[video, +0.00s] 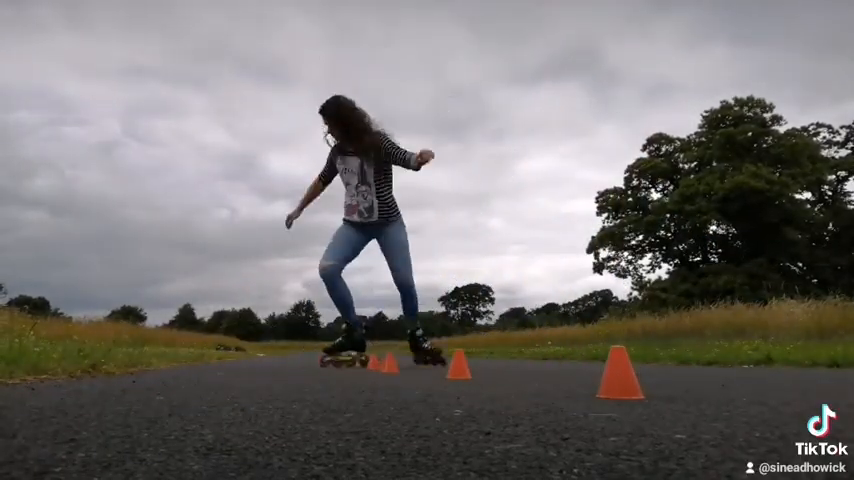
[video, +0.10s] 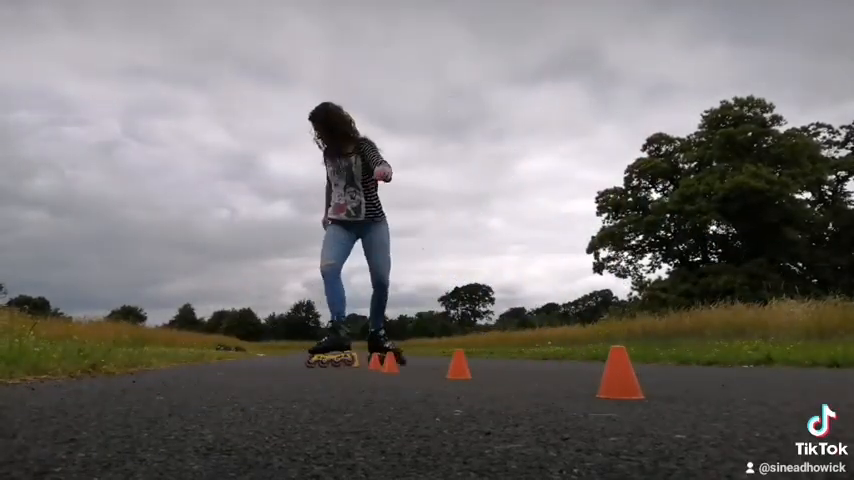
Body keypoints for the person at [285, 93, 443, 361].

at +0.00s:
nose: (328, 130)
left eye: (330, 124)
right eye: (327, 125)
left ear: (344, 122)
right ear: (339, 124)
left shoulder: (377, 142)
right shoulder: (338, 151)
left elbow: (402, 157)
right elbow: (322, 180)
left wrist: (418, 159)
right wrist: (299, 209)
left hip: (389, 223)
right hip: (355, 225)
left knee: (405, 282)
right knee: (328, 269)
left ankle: (416, 340)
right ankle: (355, 333)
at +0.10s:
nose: (321, 137)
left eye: (323, 132)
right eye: (318, 133)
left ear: (335, 127)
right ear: (319, 132)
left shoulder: (362, 146)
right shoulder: (329, 153)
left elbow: (379, 163)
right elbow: (330, 184)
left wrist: (383, 170)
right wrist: (327, 213)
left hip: (373, 221)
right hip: (341, 222)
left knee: (381, 279)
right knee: (329, 268)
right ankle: (338, 331)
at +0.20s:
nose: (312, 144)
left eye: (314, 139)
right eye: (310, 140)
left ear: (325, 134)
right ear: (315, 137)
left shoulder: (353, 152)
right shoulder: (322, 156)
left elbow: (358, 178)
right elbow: (324, 180)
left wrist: (352, 185)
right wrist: (332, 186)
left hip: (359, 225)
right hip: (330, 224)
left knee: (359, 281)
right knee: (322, 273)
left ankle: (346, 334)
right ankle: (315, 329)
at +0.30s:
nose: (302, 152)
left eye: (304, 147)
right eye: (300, 148)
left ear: (316, 143)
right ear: (309, 145)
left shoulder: (341, 162)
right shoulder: (315, 164)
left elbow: (331, 191)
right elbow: (322, 193)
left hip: (346, 231)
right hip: (319, 229)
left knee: (339, 283)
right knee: (311, 273)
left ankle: (322, 331)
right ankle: (308, 326)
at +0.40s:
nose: (292, 158)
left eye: (294, 153)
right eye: (290, 154)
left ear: (304, 149)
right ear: (298, 152)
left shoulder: (327, 170)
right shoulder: (305, 171)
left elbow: (303, 197)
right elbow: (311, 200)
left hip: (334, 232)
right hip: (308, 231)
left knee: (320, 282)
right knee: (300, 277)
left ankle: (307, 330)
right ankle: (296, 328)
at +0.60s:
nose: (272, 173)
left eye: (273, 168)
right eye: (270, 169)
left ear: (282, 166)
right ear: (287, 164)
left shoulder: (300, 184)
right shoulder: (289, 185)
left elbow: (271, 206)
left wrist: (236, 215)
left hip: (312, 242)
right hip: (290, 242)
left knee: (292, 286)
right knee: (278, 281)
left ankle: (277, 333)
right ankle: (270, 331)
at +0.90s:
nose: (262, 194)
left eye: (263, 190)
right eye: (261, 191)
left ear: (271, 187)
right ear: (276, 186)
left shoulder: (281, 204)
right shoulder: (284, 202)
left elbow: (253, 225)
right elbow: (301, 229)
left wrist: (222, 232)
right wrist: (312, 254)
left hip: (293, 257)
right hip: (276, 256)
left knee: (265, 296)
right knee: (254, 292)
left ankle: (255, 338)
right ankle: (242, 336)